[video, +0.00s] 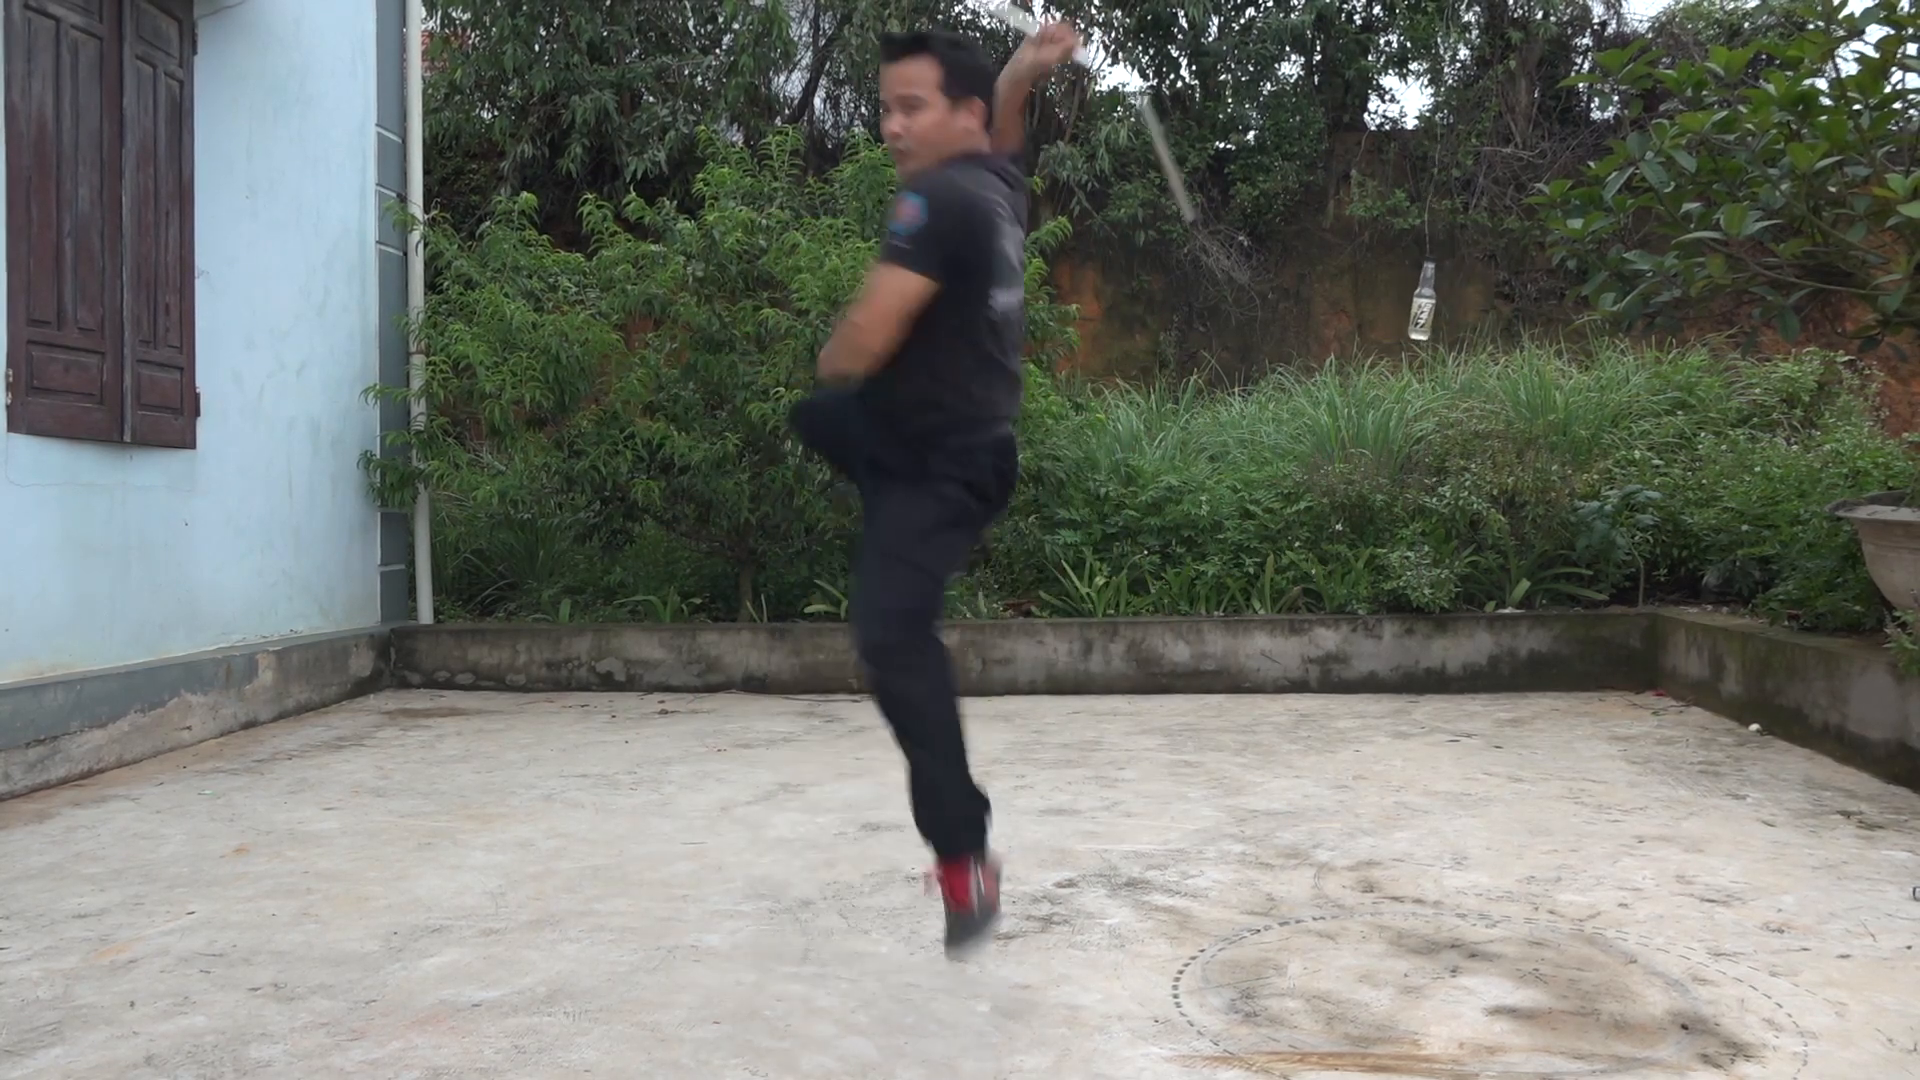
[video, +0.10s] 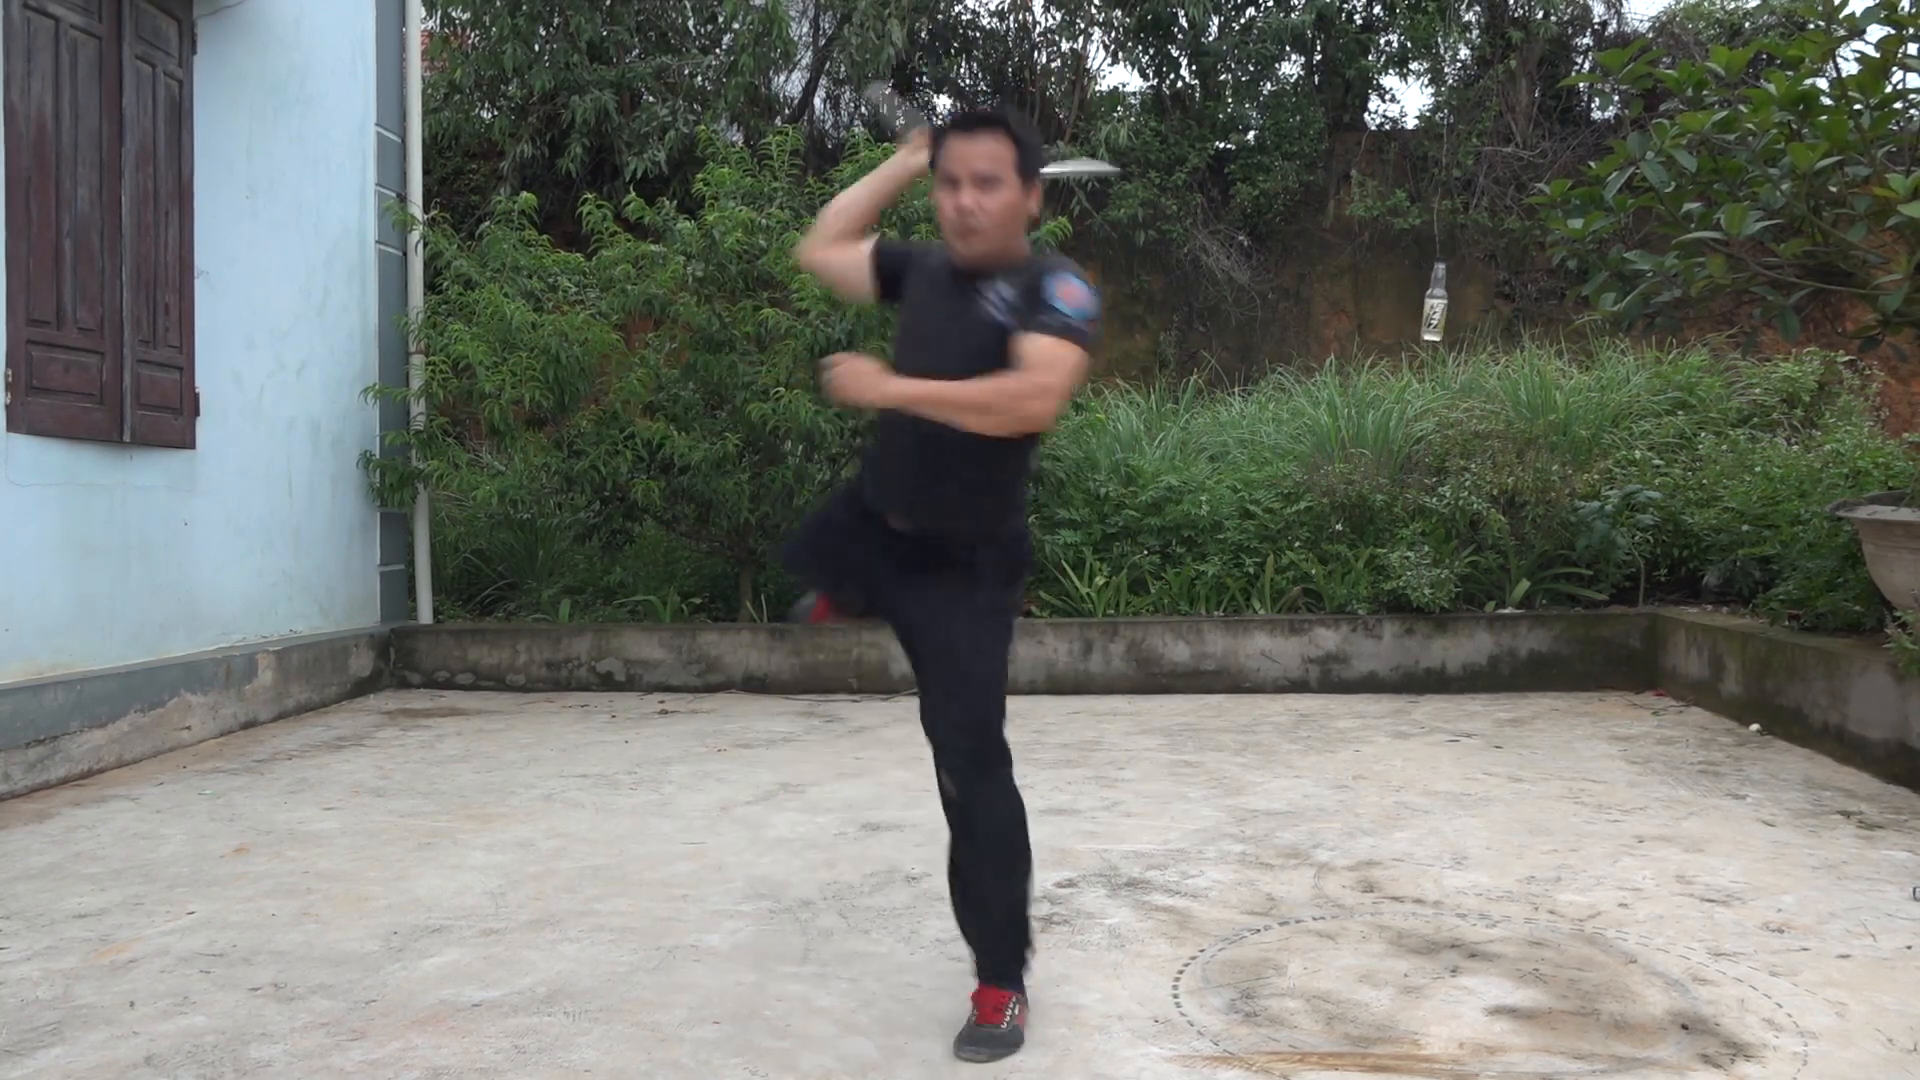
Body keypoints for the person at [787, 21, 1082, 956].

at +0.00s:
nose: (891, 123)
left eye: (909, 106)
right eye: (888, 107)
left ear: (969, 115)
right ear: (961, 122)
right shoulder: (989, 181)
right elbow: (996, 130)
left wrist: (830, 371)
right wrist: (1030, 61)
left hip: (949, 457)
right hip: (904, 424)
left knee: (892, 635)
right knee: (815, 411)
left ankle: (961, 847)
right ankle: (914, 517)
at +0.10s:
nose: (964, 201)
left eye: (986, 183)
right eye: (951, 184)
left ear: (1032, 196)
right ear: (935, 193)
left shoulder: (1057, 288)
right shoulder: (922, 268)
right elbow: (821, 250)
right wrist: (903, 165)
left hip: (966, 561)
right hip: (871, 522)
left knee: (971, 769)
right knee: (808, 558)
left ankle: (1000, 981)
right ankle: (859, 597)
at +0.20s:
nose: (1000, 287)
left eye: (1022, 271)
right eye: (983, 269)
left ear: (1055, 282)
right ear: (958, 274)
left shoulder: (1074, 358)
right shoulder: (920, 341)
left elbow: (1138, 410)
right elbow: (881, 448)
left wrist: (1034, 371)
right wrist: (891, 388)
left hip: (985, 621)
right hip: (882, 597)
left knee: (964, 794)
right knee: (808, 739)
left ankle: (1001, 982)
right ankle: (799, 816)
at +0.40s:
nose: (984, 330)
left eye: (1003, 315)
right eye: (965, 310)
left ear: (1021, 323)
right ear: (928, 313)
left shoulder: (1018, 370)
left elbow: (1122, 347)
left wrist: (1071, 379)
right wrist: (1080, 522)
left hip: (975, 635)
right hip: (865, 628)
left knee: (1034, 787)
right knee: (811, 779)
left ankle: (1055, 963)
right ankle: (779, 890)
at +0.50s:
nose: (929, 319)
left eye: (951, 304)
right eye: (915, 300)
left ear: (990, 316)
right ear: (898, 304)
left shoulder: (1018, 374)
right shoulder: (867, 365)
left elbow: (1129, 357)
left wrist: (1165, 345)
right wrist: (1023, 427)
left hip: (985, 632)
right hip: (870, 629)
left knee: (1027, 784)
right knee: (797, 778)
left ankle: (1070, 966)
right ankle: (781, 887)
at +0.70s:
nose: (831, 273)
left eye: (837, 257)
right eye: (832, 258)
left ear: (878, 261)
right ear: (884, 262)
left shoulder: (959, 352)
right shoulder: (871, 337)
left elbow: (1013, 480)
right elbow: (792, 347)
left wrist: (1030, 607)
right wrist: (695, 363)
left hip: (945, 600)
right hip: (878, 601)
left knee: (945, 772)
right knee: (830, 755)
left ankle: (1051, 963)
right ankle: (884, 923)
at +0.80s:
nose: (820, 276)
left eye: (821, 262)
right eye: (823, 262)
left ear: (833, 263)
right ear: (900, 263)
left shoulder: (858, 342)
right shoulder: (944, 339)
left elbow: (798, 463)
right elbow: (907, 452)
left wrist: (692, 527)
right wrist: (821, 424)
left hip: (884, 582)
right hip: (949, 578)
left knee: (809, 763)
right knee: (869, 752)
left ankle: (927, 911)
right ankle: (889, 917)